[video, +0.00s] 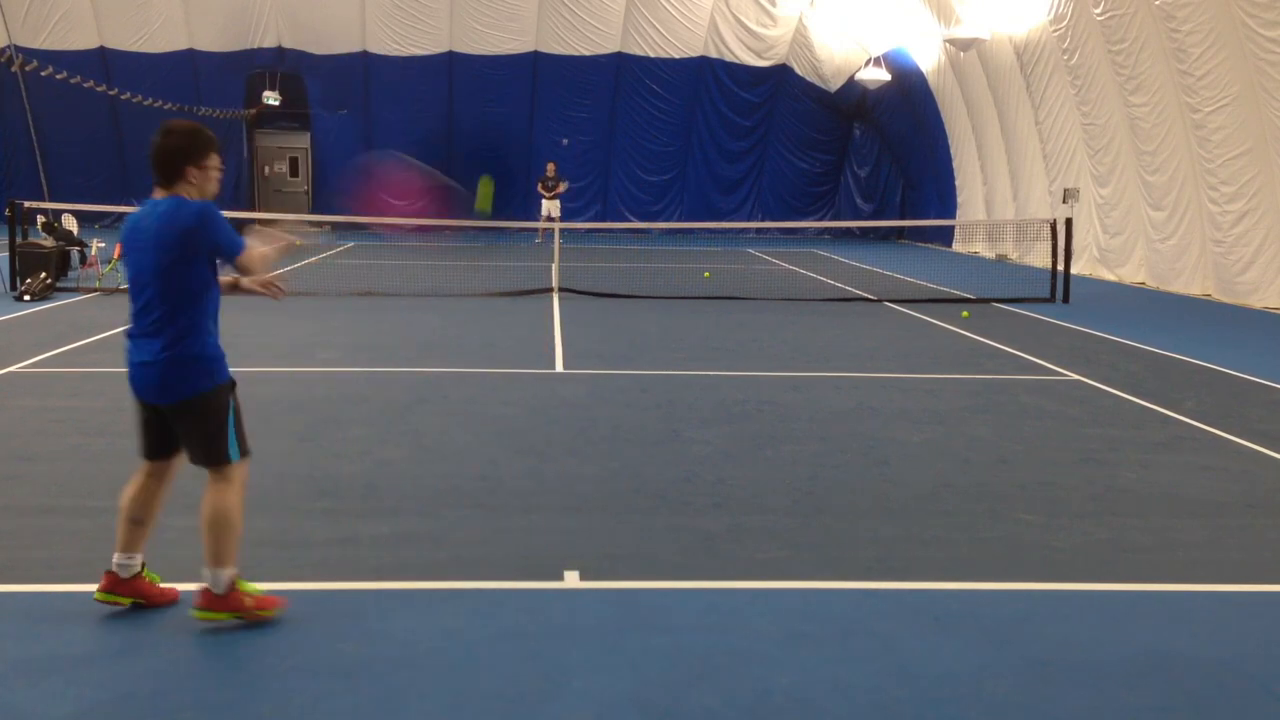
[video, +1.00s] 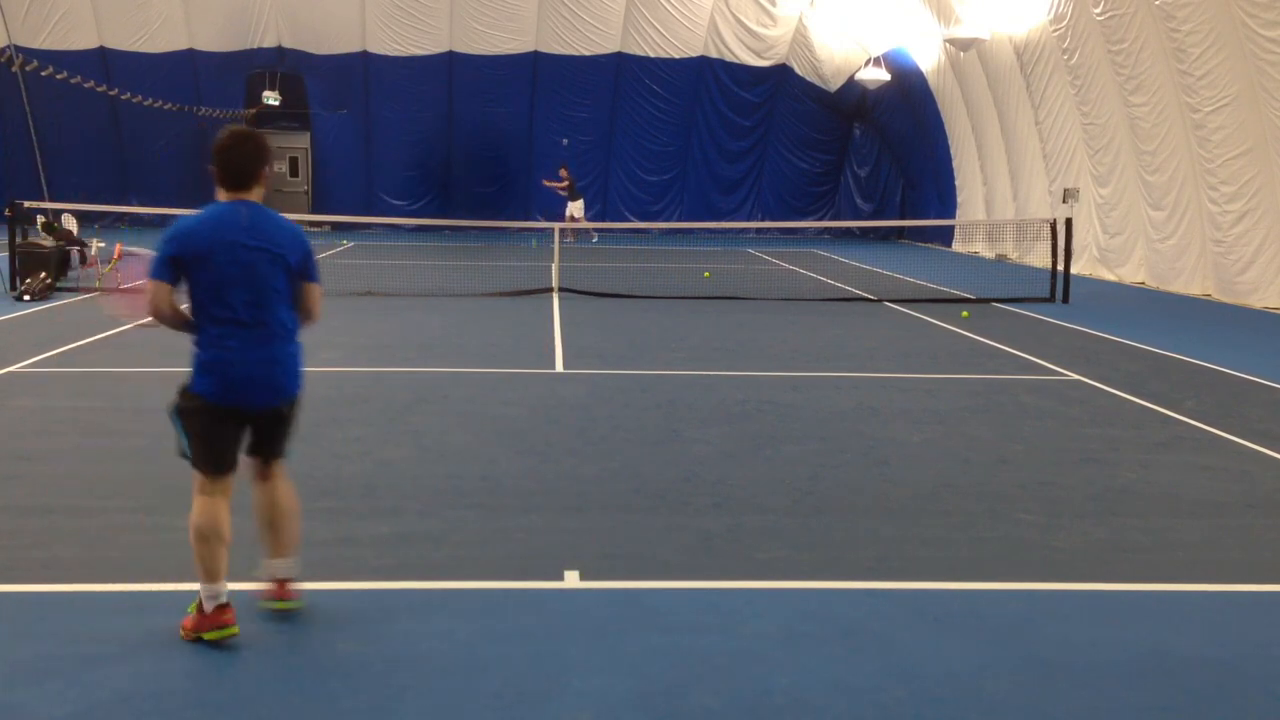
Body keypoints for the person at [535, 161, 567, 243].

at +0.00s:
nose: (550, 168)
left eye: (552, 166)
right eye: (548, 166)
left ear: (554, 168)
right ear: (546, 167)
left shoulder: (558, 178)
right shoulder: (543, 178)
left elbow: (561, 188)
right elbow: (539, 188)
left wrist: (553, 193)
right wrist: (546, 194)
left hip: (555, 200)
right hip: (545, 200)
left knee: (557, 219)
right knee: (543, 218)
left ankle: (557, 237)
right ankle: (540, 237)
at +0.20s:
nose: (552, 166)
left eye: (554, 164)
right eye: (551, 164)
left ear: (557, 165)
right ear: (548, 165)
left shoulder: (560, 175)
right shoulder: (545, 174)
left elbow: (565, 184)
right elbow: (542, 183)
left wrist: (561, 189)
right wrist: (549, 191)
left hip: (558, 197)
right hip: (548, 197)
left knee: (561, 216)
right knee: (546, 216)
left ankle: (562, 234)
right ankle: (543, 235)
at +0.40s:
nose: (554, 170)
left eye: (556, 168)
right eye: (553, 168)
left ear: (559, 170)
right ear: (551, 170)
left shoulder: (563, 179)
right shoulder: (549, 180)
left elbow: (567, 189)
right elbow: (546, 190)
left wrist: (559, 193)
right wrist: (551, 196)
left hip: (561, 201)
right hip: (552, 201)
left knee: (564, 219)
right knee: (549, 218)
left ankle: (569, 236)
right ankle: (545, 236)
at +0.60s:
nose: (558, 171)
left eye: (559, 169)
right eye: (556, 169)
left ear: (563, 169)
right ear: (555, 170)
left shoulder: (567, 178)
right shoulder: (556, 179)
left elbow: (566, 189)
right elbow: (555, 191)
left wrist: (555, 186)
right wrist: (552, 189)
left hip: (568, 200)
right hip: (560, 199)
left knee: (567, 219)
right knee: (556, 218)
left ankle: (570, 237)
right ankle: (552, 236)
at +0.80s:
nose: (559, 170)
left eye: (561, 168)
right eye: (558, 168)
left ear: (564, 168)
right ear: (557, 169)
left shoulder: (566, 176)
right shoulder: (560, 177)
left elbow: (559, 183)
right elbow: (551, 185)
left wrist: (550, 175)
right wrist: (549, 177)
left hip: (573, 198)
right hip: (566, 198)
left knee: (574, 217)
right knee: (566, 217)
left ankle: (577, 236)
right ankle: (568, 235)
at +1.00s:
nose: (560, 174)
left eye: (561, 172)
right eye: (560, 172)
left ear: (566, 172)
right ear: (561, 174)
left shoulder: (569, 180)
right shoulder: (566, 182)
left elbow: (561, 185)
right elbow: (566, 193)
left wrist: (548, 184)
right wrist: (557, 190)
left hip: (577, 201)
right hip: (570, 201)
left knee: (581, 220)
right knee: (567, 219)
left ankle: (593, 234)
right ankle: (570, 236)